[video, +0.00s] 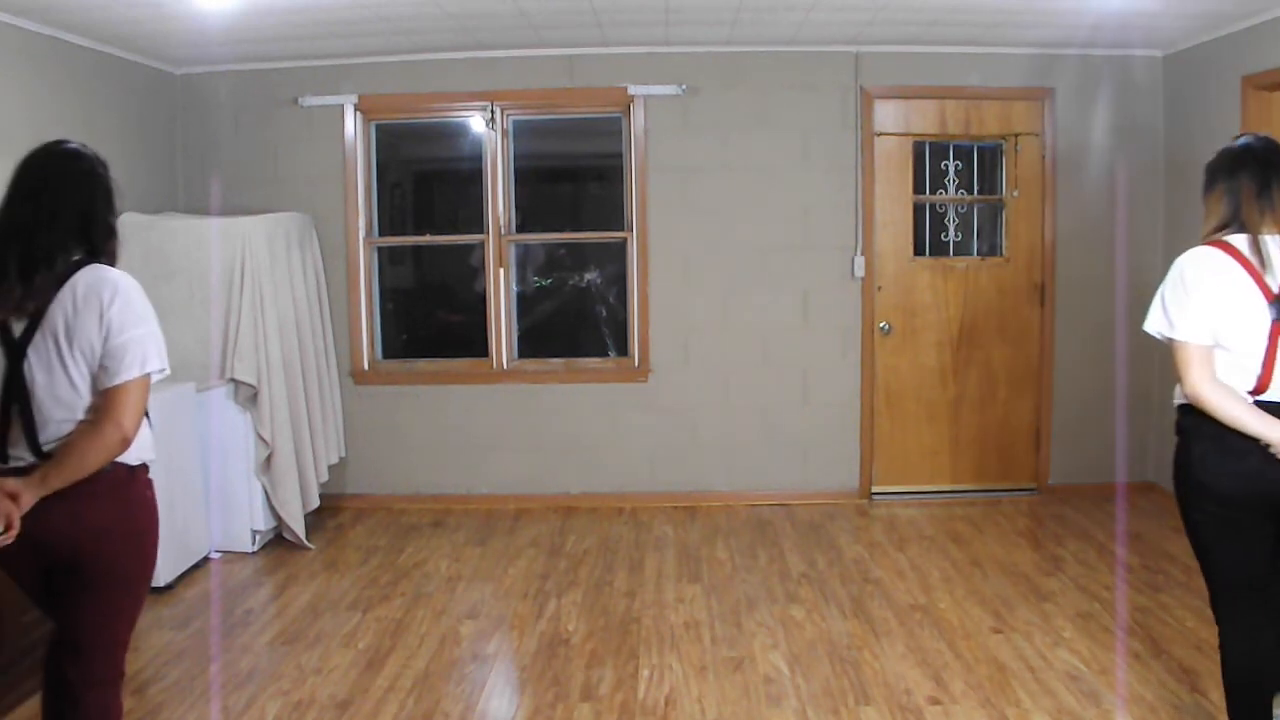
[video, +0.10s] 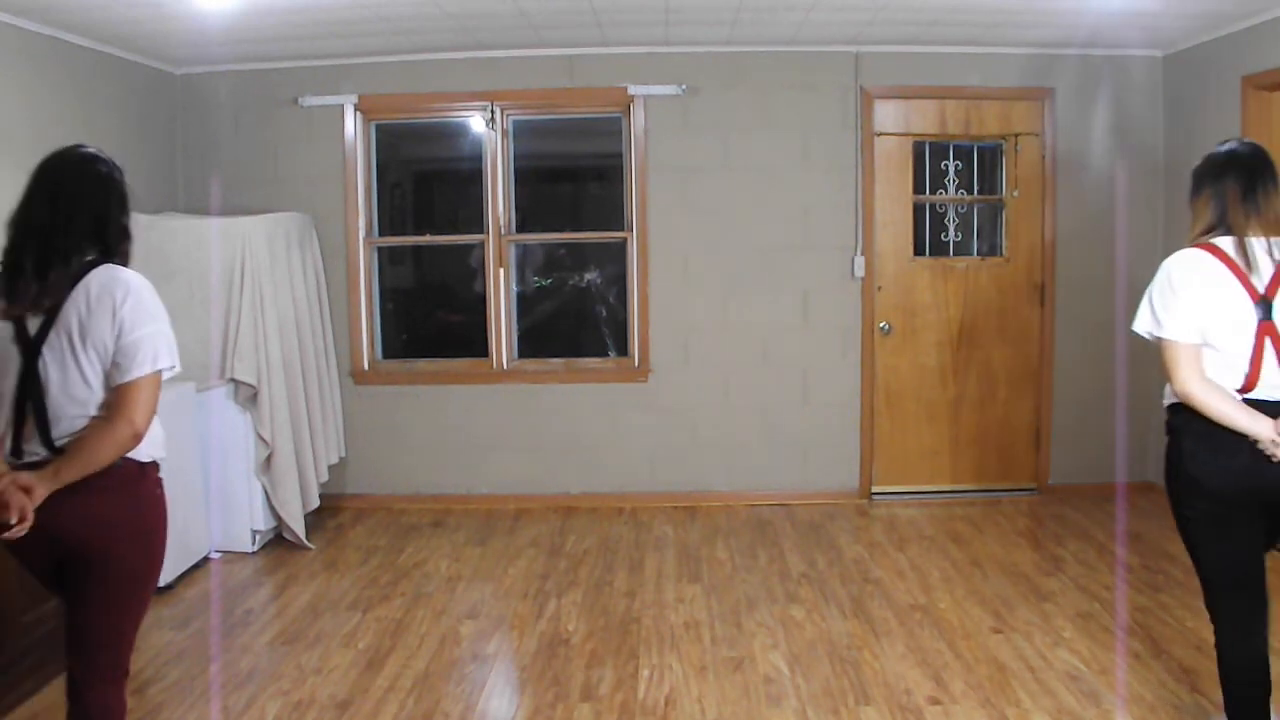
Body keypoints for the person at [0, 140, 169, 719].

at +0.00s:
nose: (114, 215)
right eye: (110, 204)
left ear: (17, 207)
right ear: (99, 214)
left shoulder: (7, 291)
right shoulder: (110, 291)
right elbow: (116, 422)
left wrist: (21, 487)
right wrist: (31, 485)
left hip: (14, 509)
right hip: (103, 508)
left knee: (76, 642)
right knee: (92, 682)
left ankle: (67, 706)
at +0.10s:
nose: (126, 221)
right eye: (121, 209)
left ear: (31, 211)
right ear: (112, 218)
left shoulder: (8, 292)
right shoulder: (124, 291)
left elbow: (5, 411)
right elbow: (128, 419)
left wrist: (8, 473)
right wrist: (41, 481)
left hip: (20, 508)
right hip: (113, 506)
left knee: (103, 633)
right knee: (97, 688)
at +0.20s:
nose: (134, 224)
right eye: (131, 212)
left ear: (43, 213)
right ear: (122, 220)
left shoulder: (12, 295)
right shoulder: (134, 292)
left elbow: (3, 412)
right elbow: (136, 418)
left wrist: (11, 471)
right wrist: (54, 479)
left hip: (29, 504)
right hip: (122, 502)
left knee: (108, 626)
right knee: (103, 676)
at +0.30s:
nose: (148, 233)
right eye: (143, 221)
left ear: (60, 222)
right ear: (136, 229)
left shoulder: (20, 305)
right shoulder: (148, 298)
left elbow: (5, 407)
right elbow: (150, 419)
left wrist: (29, 477)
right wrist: (68, 479)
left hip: (55, 506)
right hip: (136, 502)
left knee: (139, 639)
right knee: (109, 671)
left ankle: (160, 714)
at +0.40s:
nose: (163, 244)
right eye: (158, 233)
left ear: (78, 237)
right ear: (151, 241)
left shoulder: (38, 318)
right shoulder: (165, 309)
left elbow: (17, 419)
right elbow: (170, 425)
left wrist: (53, 480)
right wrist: (89, 480)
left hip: (74, 500)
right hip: (153, 500)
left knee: (156, 602)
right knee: (121, 660)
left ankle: (200, 687)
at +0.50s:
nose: (175, 246)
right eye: (172, 236)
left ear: (95, 243)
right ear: (168, 245)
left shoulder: (66, 319)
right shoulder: (186, 313)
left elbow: (39, 414)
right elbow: (193, 424)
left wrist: (79, 476)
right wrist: (116, 473)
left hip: (98, 499)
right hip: (173, 496)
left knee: (176, 592)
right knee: (135, 656)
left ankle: (222, 678)